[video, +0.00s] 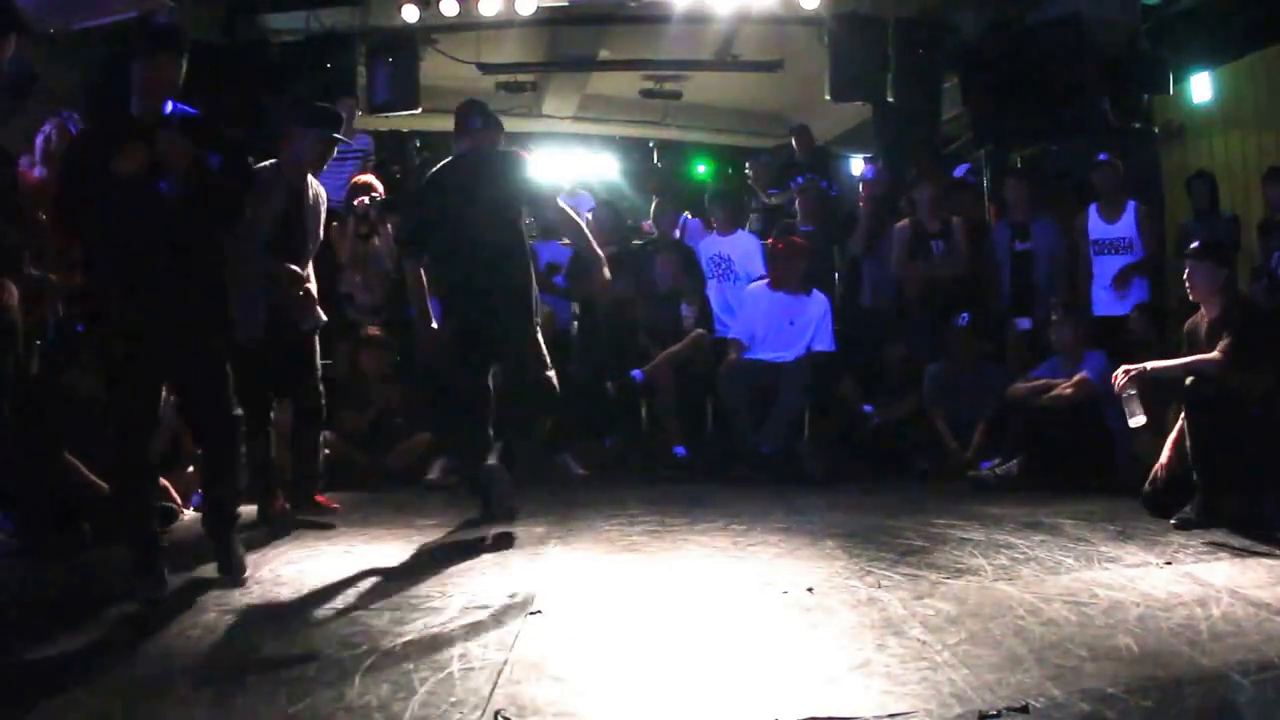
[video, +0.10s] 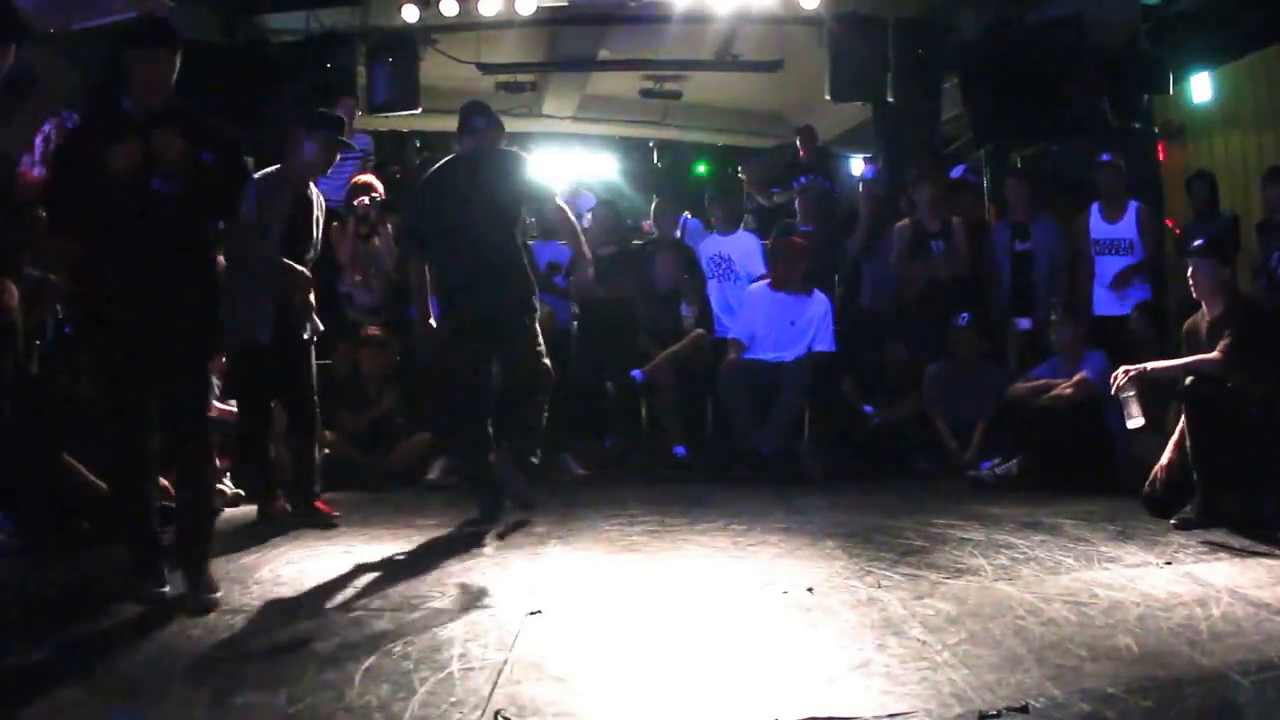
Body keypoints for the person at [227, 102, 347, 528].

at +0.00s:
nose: (328, 152)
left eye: (331, 144)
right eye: (321, 142)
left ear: (325, 148)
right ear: (295, 139)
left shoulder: (316, 192)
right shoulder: (260, 180)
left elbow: (310, 252)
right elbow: (246, 247)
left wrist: (311, 297)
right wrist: (287, 274)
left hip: (299, 312)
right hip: (255, 312)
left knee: (310, 403)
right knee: (258, 406)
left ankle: (305, 489)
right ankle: (267, 493)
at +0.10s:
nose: (332, 158)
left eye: (336, 150)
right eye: (325, 147)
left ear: (332, 153)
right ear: (299, 143)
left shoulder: (315, 199)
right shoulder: (259, 187)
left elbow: (308, 263)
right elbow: (246, 249)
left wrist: (312, 313)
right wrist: (289, 272)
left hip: (295, 319)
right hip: (254, 318)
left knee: (304, 408)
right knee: (256, 409)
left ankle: (306, 493)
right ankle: (266, 495)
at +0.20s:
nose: (340, 158)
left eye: (344, 150)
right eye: (334, 147)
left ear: (339, 153)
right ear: (306, 142)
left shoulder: (316, 198)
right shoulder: (267, 183)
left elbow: (303, 259)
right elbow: (248, 244)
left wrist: (306, 299)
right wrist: (291, 277)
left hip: (294, 316)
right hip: (255, 316)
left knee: (305, 405)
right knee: (259, 408)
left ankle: (301, 493)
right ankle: (267, 497)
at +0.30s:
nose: (342, 167)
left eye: (347, 160)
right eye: (337, 156)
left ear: (343, 165)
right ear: (308, 152)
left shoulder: (318, 209)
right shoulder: (270, 191)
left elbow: (314, 271)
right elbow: (237, 245)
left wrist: (313, 310)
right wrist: (289, 297)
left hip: (299, 322)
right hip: (264, 322)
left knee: (308, 407)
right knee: (287, 405)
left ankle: (298, 492)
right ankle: (273, 493)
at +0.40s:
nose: (340, 167)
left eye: (344, 159)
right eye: (336, 156)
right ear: (307, 149)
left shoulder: (308, 200)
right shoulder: (272, 191)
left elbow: (313, 264)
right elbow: (240, 235)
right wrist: (281, 296)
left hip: (297, 320)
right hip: (268, 321)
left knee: (312, 403)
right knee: (294, 403)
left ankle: (298, 490)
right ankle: (283, 493)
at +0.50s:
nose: (340, 162)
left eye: (345, 155)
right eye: (337, 150)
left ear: (334, 153)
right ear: (311, 137)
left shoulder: (311, 195)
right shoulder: (272, 172)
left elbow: (308, 256)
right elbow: (237, 225)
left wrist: (307, 288)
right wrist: (265, 269)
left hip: (294, 315)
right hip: (263, 314)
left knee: (303, 404)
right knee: (278, 403)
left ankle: (289, 494)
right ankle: (261, 498)